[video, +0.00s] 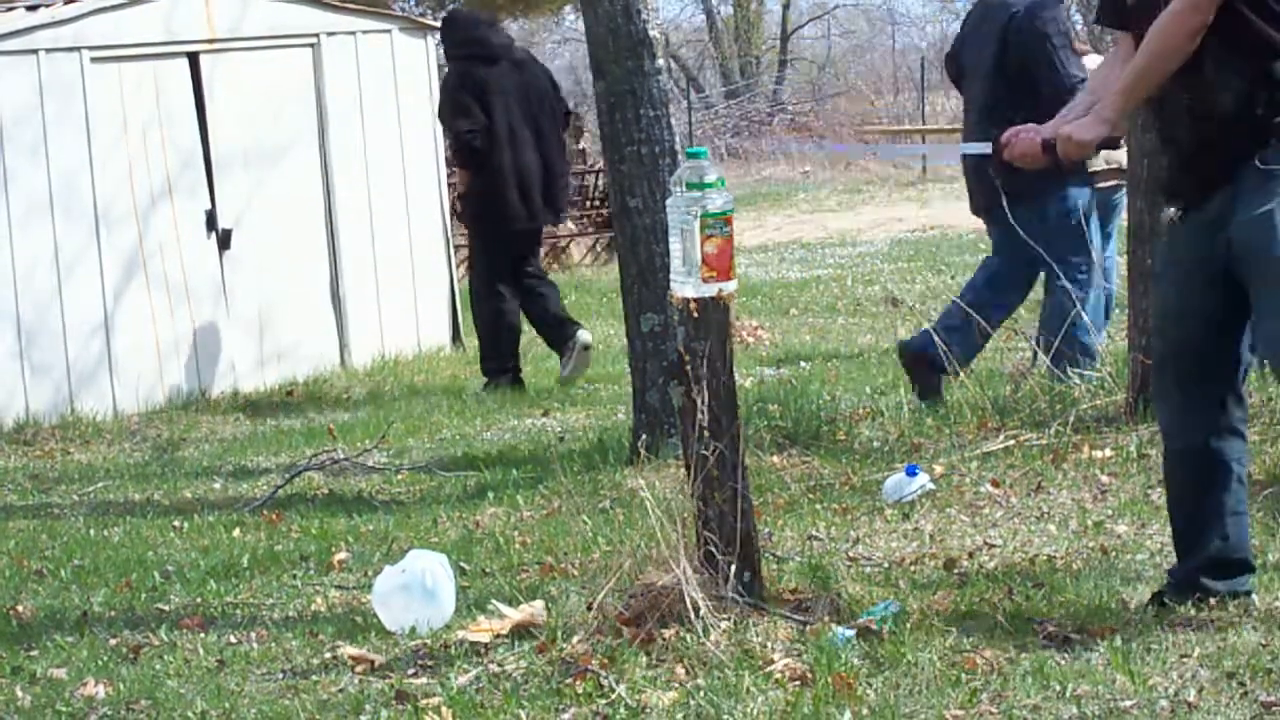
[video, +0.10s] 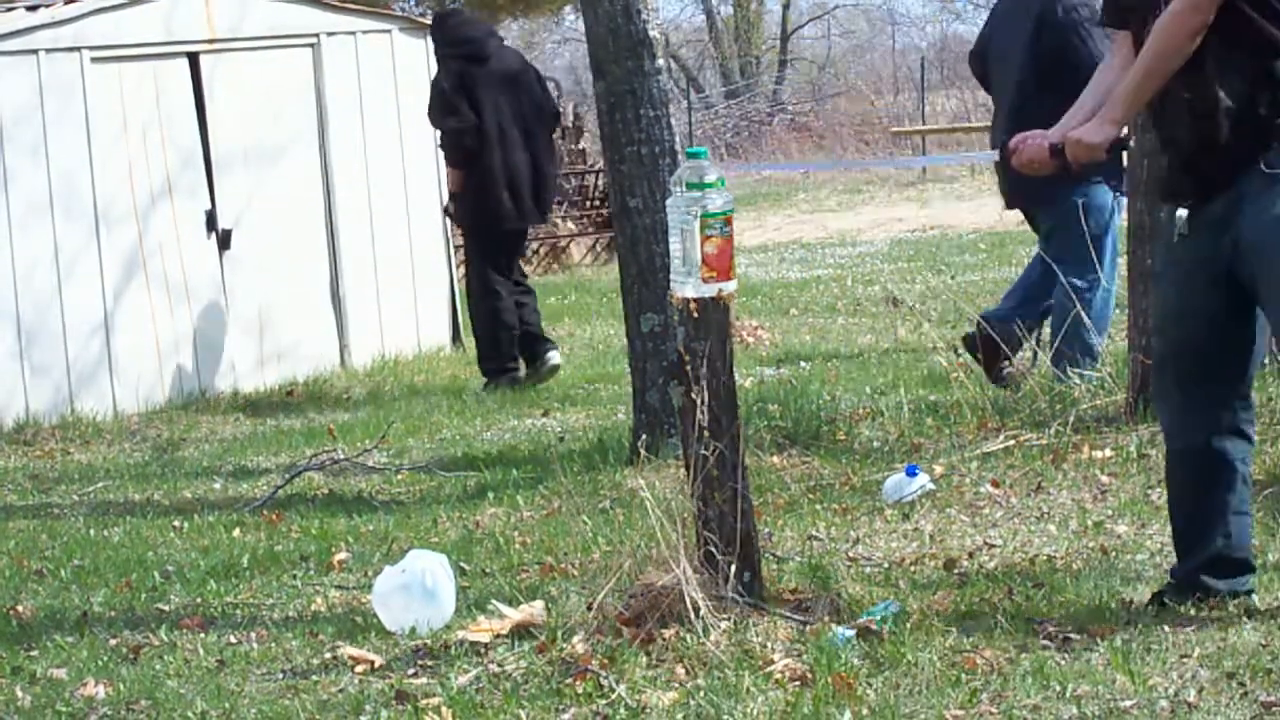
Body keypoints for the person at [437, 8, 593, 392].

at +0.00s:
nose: (445, 50)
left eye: (446, 44)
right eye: (445, 44)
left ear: (455, 42)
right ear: (491, 31)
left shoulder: (462, 76)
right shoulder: (528, 64)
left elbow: (469, 137)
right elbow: (560, 115)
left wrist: (466, 176)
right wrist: (542, 157)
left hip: (491, 197)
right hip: (536, 188)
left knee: (491, 284)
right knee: (526, 271)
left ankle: (503, 377)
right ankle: (568, 337)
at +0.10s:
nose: (436, 50)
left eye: (436, 43)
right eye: (436, 43)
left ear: (443, 42)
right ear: (478, 31)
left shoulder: (450, 78)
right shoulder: (515, 62)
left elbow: (461, 132)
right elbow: (548, 113)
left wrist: (455, 178)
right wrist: (533, 155)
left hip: (483, 192)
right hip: (527, 183)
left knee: (486, 279)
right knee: (510, 271)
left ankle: (501, 372)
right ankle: (539, 350)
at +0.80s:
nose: (381, 65)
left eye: (379, 56)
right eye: (376, 59)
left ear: (395, 43)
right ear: (400, 40)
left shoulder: (422, 69)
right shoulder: (451, 67)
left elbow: (439, 130)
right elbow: (479, 133)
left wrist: (408, 186)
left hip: (440, 200)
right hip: (472, 196)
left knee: (411, 283)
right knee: (458, 280)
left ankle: (431, 379)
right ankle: (469, 369)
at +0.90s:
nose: (372, 66)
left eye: (370, 57)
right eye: (367, 60)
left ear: (387, 43)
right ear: (389, 42)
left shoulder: (420, 69)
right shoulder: (436, 68)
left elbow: (440, 131)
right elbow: (463, 135)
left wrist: (406, 187)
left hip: (435, 201)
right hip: (460, 199)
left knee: (409, 288)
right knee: (454, 288)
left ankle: (398, 381)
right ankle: (470, 374)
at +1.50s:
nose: (303, 75)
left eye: (306, 66)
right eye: (299, 68)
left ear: (325, 53)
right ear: (315, 57)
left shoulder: (360, 78)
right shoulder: (334, 80)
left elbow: (391, 145)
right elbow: (343, 149)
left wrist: (360, 204)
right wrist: (330, 202)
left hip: (375, 216)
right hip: (347, 215)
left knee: (374, 299)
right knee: (346, 293)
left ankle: (379, 387)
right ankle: (414, 349)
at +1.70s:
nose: (282, 75)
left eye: (286, 67)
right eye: (278, 69)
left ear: (305, 54)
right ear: (286, 61)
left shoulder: (345, 82)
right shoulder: (301, 91)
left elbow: (377, 144)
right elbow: (310, 154)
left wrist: (346, 203)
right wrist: (297, 201)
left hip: (355, 218)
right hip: (312, 217)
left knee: (360, 302)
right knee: (304, 302)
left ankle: (377, 387)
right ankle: (323, 385)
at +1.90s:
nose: (252, 82)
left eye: (256, 73)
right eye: (248, 75)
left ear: (277, 59)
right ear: (247, 70)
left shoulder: (315, 86)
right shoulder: (263, 101)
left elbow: (349, 149)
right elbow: (273, 162)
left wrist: (320, 209)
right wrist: (262, 207)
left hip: (327, 226)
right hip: (285, 227)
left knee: (346, 311)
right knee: (273, 316)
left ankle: (375, 389)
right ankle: (246, 398)